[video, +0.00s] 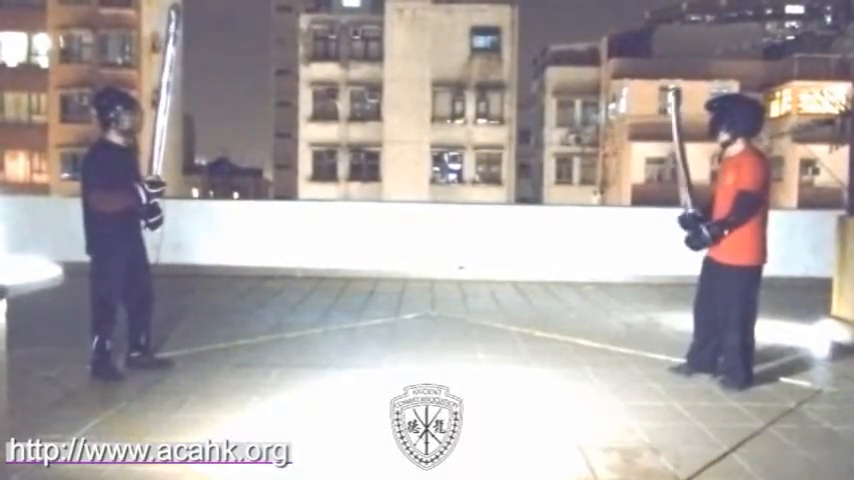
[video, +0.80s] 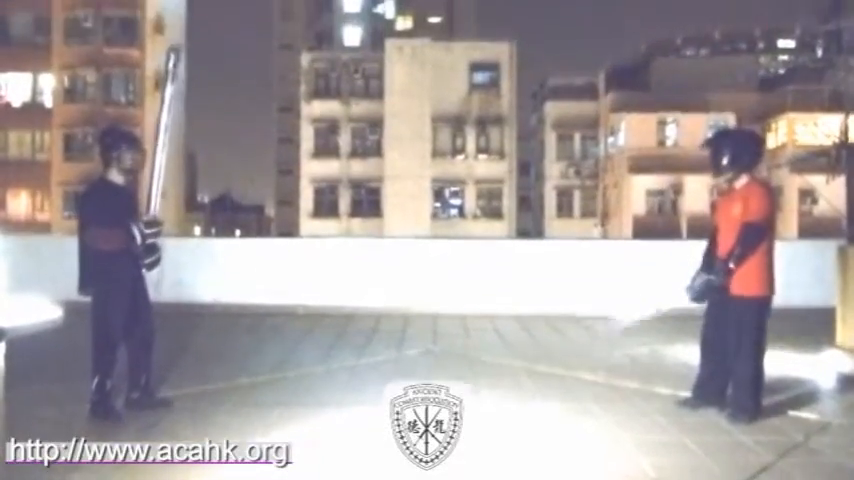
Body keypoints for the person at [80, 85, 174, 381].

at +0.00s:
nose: (135, 120)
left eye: (135, 114)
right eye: (128, 114)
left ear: (128, 117)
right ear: (112, 117)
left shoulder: (127, 153)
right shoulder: (99, 156)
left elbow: (128, 190)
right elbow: (98, 201)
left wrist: (147, 193)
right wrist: (139, 200)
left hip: (130, 234)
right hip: (105, 238)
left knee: (140, 291)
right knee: (106, 295)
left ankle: (139, 349)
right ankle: (100, 354)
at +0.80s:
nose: (136, 159)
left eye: (137, 153)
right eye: (130, 153)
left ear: (131, 156)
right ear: (114, 154)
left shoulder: (126, 193)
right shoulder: (96, 194)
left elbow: (127, 232)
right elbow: (94, 237)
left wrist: (146, 233)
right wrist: (132, 241)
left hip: (130, 272)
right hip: (106, 275)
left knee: (142, 329)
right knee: (107, 335)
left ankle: (140, 390)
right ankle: (100, 396)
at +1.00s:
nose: (136, 174)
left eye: (135, 169)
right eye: (130, 168)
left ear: (123, 173)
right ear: (114, 171)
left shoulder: (127, 210)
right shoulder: (94, 212)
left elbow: (129, 250)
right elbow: (94, 256)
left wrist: (147, 259)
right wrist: (131, 252)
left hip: (128, 290)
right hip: (103, 293)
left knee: (141, 345)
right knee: (106, 351)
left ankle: (138, 408)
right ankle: (99, 414)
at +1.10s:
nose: (134, 174)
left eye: (133, 169)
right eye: (128, 169)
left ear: (122, 175)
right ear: (112, 174)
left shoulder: (126, 213)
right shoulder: (93, 215)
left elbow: (128, 255)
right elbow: (91, 260)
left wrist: (146, 265)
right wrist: (130, 255)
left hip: (128, 293)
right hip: (102, 296)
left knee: (139, 349)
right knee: (105, 355)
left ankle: (137, 411)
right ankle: (97, 418)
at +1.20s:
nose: (134, 172)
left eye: (132, 167)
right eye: (127, 167)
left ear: (120, 176)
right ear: (110, 175)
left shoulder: (125, 215)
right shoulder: (93, 217)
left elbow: (128, 256)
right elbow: (91, 262)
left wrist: (145, 270)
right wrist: (130, 256)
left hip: (128, 296)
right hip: (102, 300)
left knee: (139, 352)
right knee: (104, 358)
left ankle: (136, 413)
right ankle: (97, 419)